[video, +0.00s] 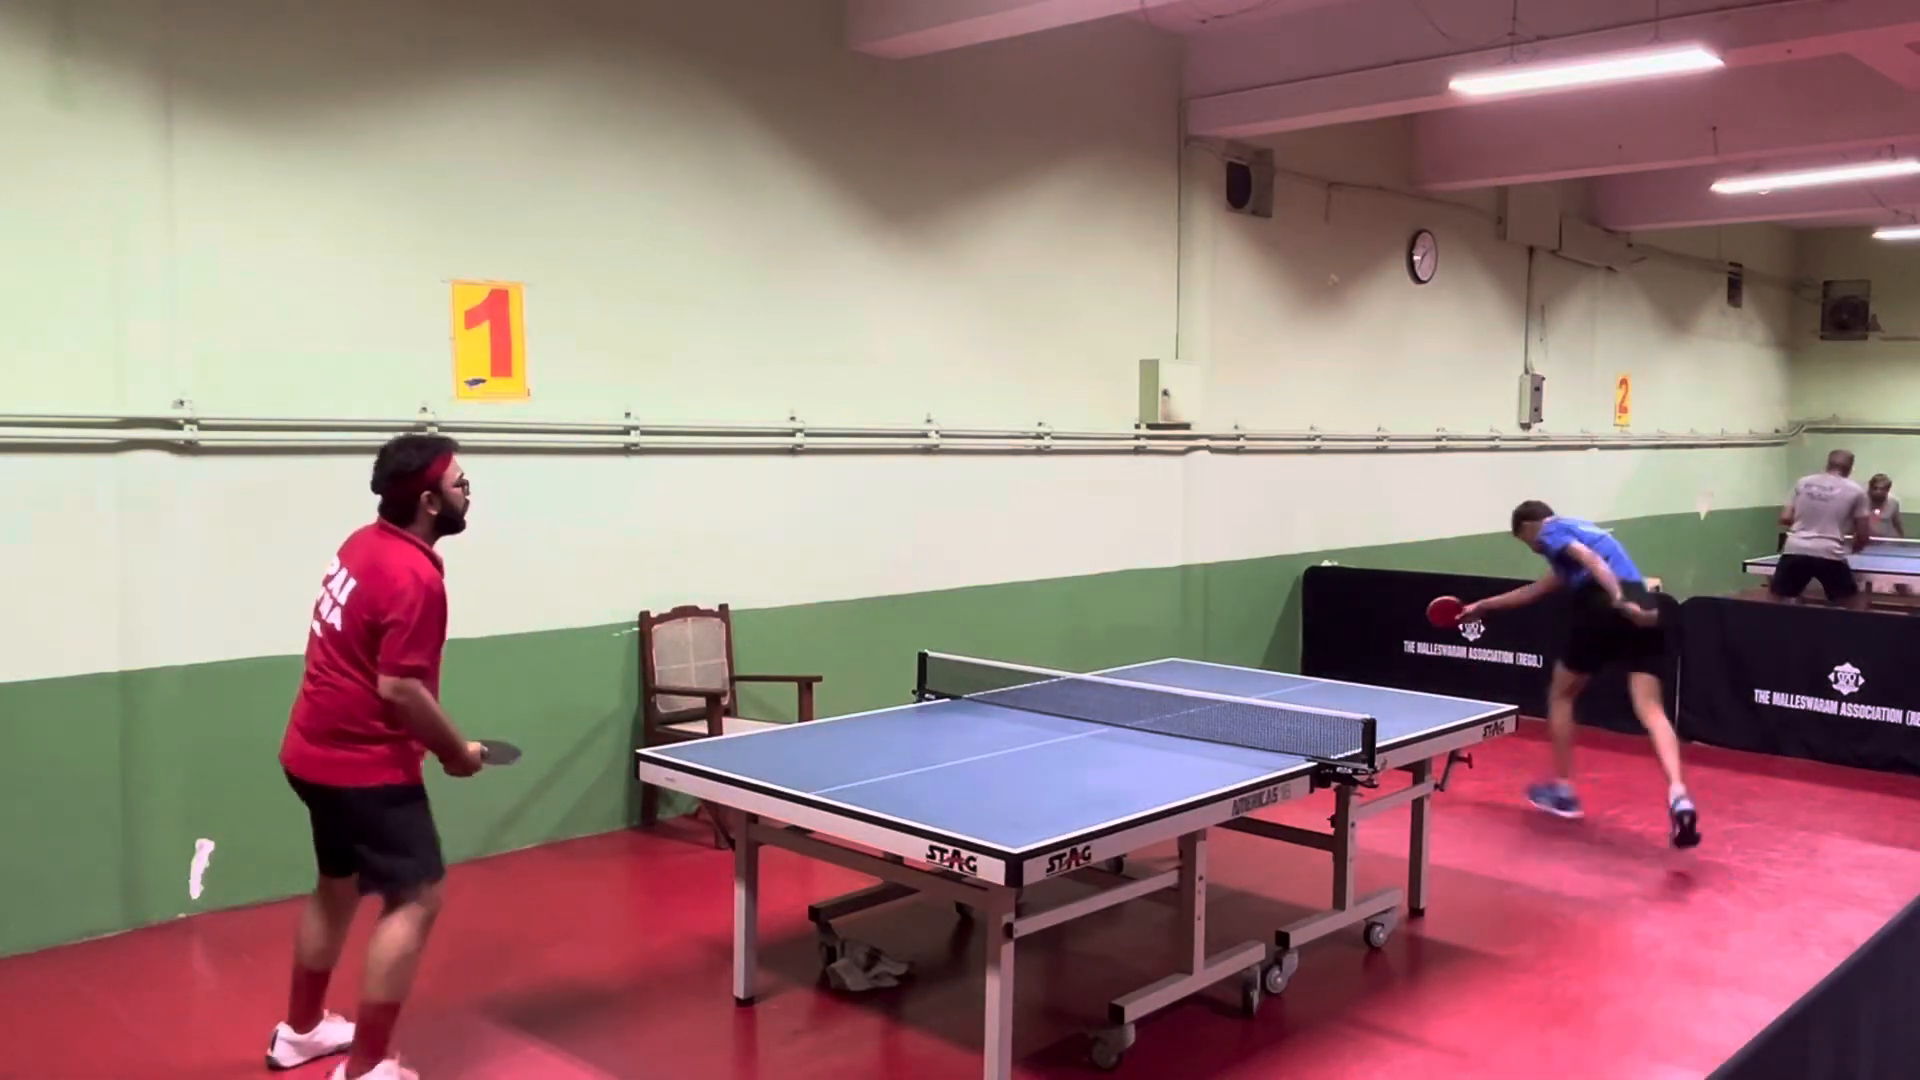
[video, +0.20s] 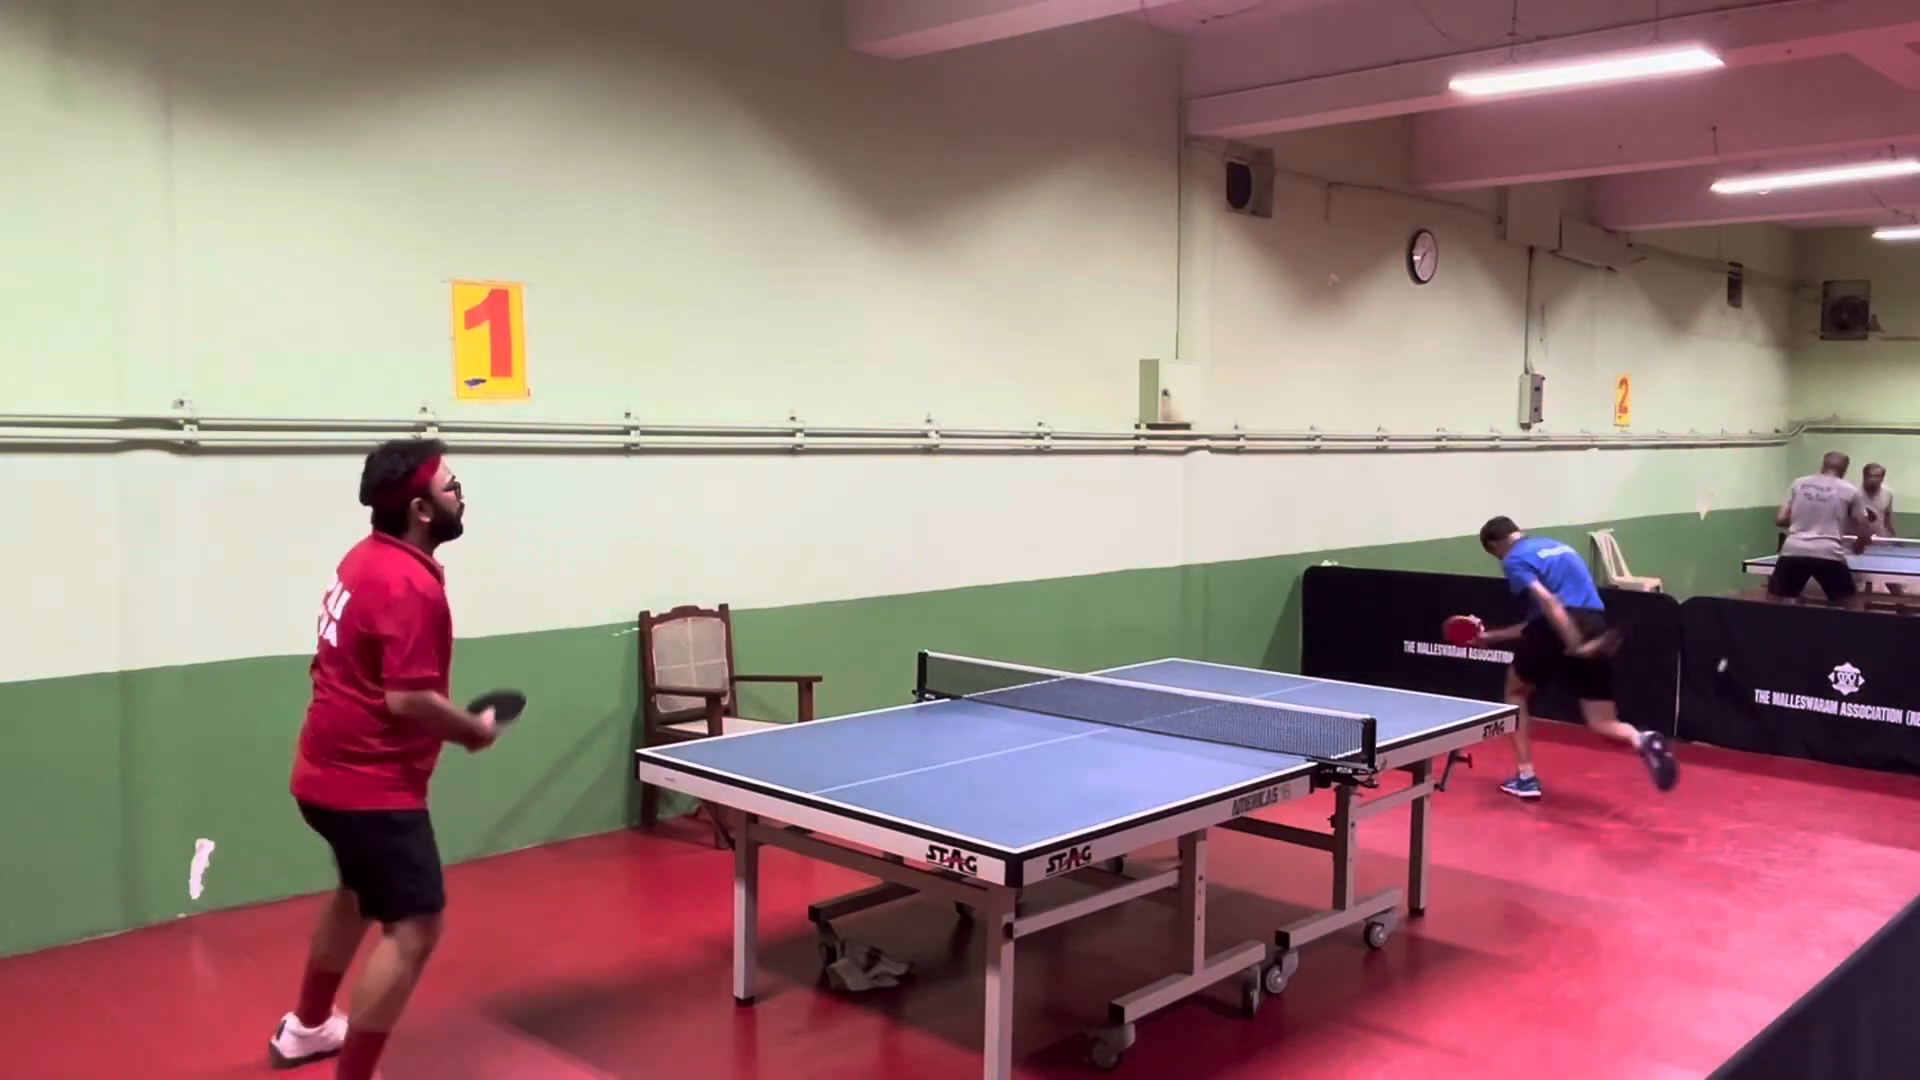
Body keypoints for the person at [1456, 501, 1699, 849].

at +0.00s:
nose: (1528, 545)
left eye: (1524, 539)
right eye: (1523, 541)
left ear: (1528, 527)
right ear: (1549, 514)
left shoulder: (1549, 532)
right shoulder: (1579, 530)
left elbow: (1591, 559)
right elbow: (1535, 591)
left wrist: (1619, 599)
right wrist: (1481, 606)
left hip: (1602, 607)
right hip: (1646, 604)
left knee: (1562, 695)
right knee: (1648, 704)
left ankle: (1563, 789)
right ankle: (1679, 794)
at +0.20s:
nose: (1498, 558)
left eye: (1493, 552)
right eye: (1495, 553)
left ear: (1495, 545)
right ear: (1517, 531)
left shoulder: (1515, 559)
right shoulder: (1553, 545)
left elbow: (1549, 601)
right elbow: (1538, 620)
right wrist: (1489, 637)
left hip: (1555, 626)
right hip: (1595, 624)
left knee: (1516, 692)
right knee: (1601, 720)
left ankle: (1525, 776)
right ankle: (1642, 740)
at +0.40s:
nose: (1499, 521)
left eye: (1497, 516)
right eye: (1498, 517)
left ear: (1499, 511)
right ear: (1523, 498)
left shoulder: (1508, 522)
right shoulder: (1559, 514)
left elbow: (1506, 575)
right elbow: (1574, 559)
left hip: (1545, 595)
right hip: (1583, 593)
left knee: (1511, 682)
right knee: (1564, 669)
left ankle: (1524, 762)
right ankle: (1559, 746)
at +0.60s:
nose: (1528, 496)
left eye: (1521, 493)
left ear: (1521, 492)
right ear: (1548, 487)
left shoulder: (1522, 518)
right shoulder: (1578, 516)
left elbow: (1508, 570)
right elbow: (1595, 569)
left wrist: (1486, 553)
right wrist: (1607, 590)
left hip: (1533, 604)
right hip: (1571, 603)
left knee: (1498, 676)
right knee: (1541, 663)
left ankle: (1512, 733)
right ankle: (1531, 738)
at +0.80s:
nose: (1564, 473)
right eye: (1567, 468)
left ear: (1537, 470)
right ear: (1566, 469)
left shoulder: (1521, 502)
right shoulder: (1587, 499)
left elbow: (1500, 555)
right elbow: (1599, 555)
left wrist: (1493, 597)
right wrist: (1582, 574)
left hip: (1535, 584)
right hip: (1575, 585)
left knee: (1524, 655)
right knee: (1552, 658)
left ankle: (1507, 725)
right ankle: (1533, 731)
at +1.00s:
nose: (1590, 480)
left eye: (1589, 474)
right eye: (1589, 474)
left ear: (1559, 472)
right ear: (1580, 472)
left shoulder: (1532, 505)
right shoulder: (1594, 503)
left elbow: (1514, 556)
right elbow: (1603, 555)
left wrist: (1505, 601)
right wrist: (1608, 589)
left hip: (1546, 587)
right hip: (1583, 587)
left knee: (1546, 655)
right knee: (1562, 657)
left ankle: (1541, 722)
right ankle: (1533, 727)